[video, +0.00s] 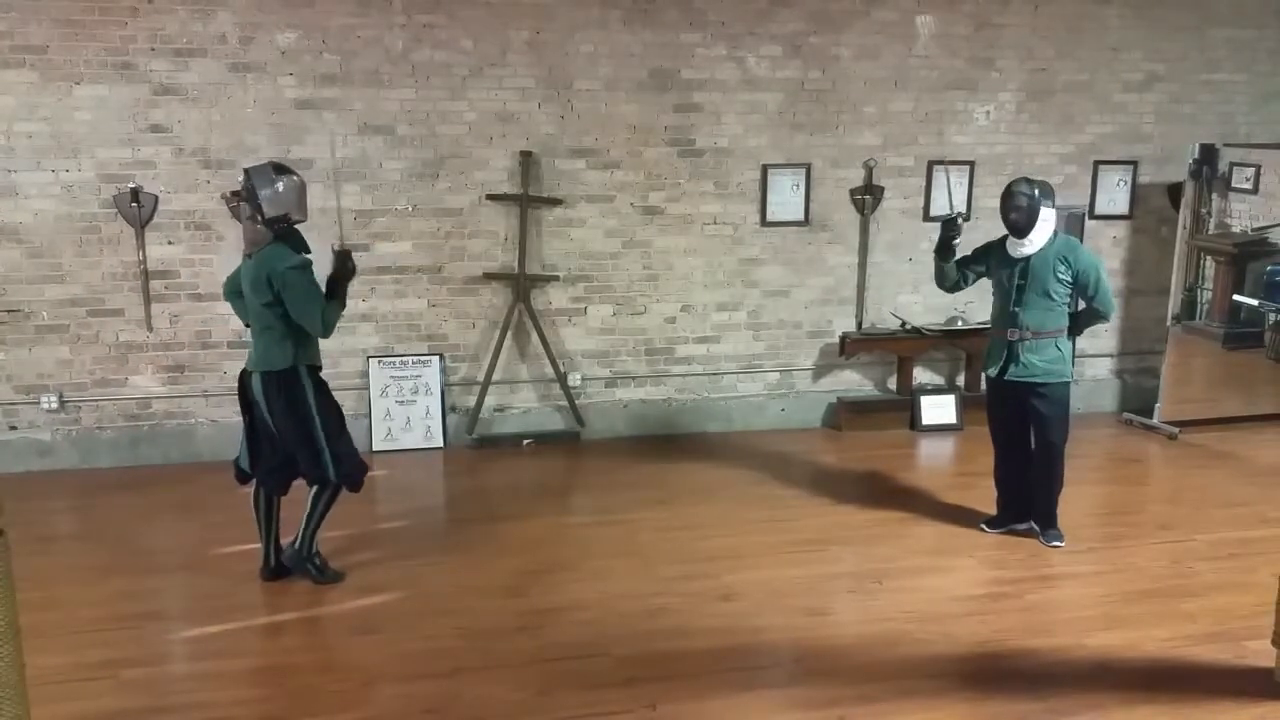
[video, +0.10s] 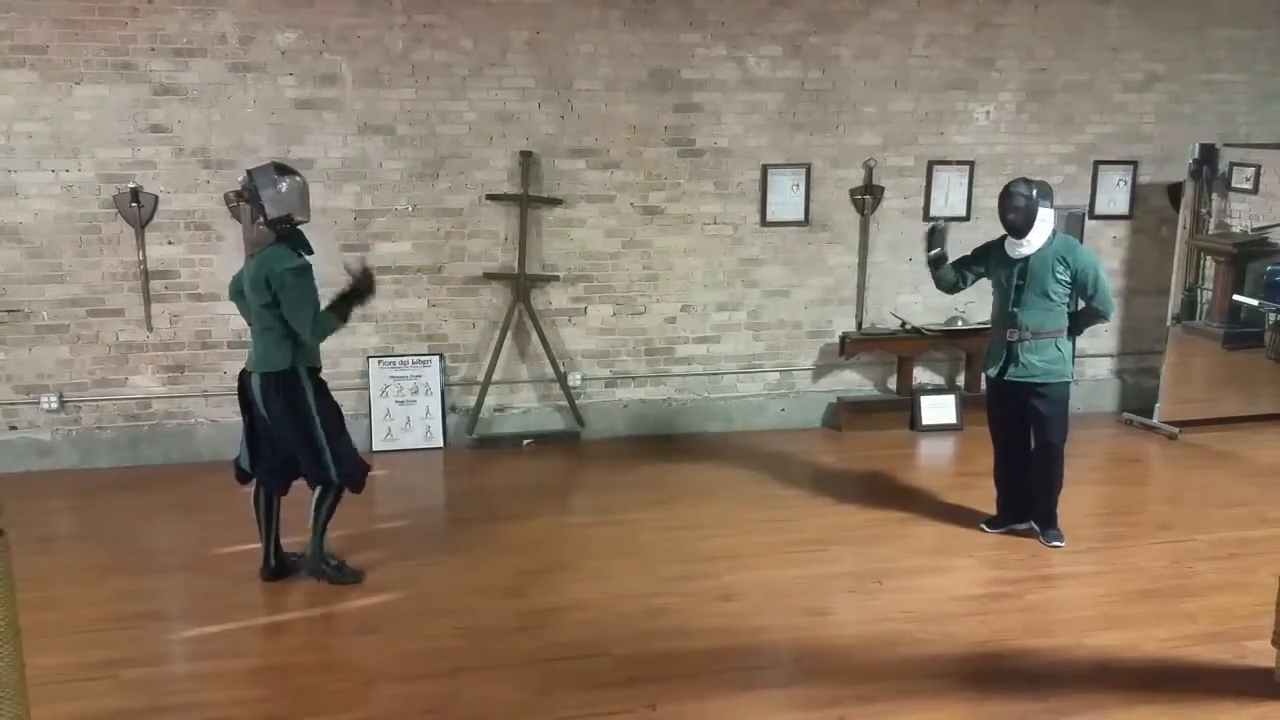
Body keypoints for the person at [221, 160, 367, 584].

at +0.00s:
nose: (300, 206)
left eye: (243, 208)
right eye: (294, 200)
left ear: (257, 215)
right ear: (286, 210)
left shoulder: (257, 258)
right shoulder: (287, 261)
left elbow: (231, 288)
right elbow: (323, 323)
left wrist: (261, 325)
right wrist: (339, 280)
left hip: (258, 376)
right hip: (293, 377)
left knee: (268, 467)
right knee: (337, 467)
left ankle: (271, 557)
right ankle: (304, 548)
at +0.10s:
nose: (304, 205)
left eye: (301, 197)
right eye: (298, 199)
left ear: (259, 214)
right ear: (288, 208)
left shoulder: (257, 260)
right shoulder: (288, 263)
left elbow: (236, 291)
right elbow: (312, 330)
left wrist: (269, 327)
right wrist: (351, 298)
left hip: (258, 379)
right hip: (293, 380)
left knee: (270, 469)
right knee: (336, 468)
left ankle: (271, 557)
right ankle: (317, 555)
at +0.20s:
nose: (308, 207)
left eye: (304, 199)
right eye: (301, 200)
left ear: (264, 212)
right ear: (290, 208)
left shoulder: (260, 263)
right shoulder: (290, 266)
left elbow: (272, 331)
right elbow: (306, 338)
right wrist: (363, 328)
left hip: (263, 378)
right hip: (295, 379)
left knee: (274, 469)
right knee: (335, 470)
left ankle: (272, 557)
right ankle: (339, 562)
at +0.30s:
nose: (312, 209)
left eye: (307, 202)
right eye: (306, 202)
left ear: (270, 210)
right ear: (297, 208)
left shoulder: (267, 259)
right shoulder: (291, 265)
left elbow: (279, 332)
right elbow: (305, 341)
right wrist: (363, 364)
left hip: (270, 378)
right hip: (295, 380)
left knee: (277, 469)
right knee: (331, 470)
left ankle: (272, 557)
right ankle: (352, 565)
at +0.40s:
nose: (317, 202)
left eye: (312, 195)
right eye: (310, 196)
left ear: (275, 206)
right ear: (299, 203)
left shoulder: (277, 256)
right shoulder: (295, 263)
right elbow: (310, 339)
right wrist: (354, 389)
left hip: (282, 378)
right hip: (304, 381)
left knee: (287, 469)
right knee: (335, 471)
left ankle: (272, 554)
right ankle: (354, 565)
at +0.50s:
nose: (321, 200)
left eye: (317, 192)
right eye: (314, 193)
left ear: (281, 204)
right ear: (301, 200)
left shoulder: (292, 251)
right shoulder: (297, 259)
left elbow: (306, 328)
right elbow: (314, 333)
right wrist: (338, 393)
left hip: (300, 378)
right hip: (314, 380)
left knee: (297, 467)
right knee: (344, 472)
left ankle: (270, 546)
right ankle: (354, 565)